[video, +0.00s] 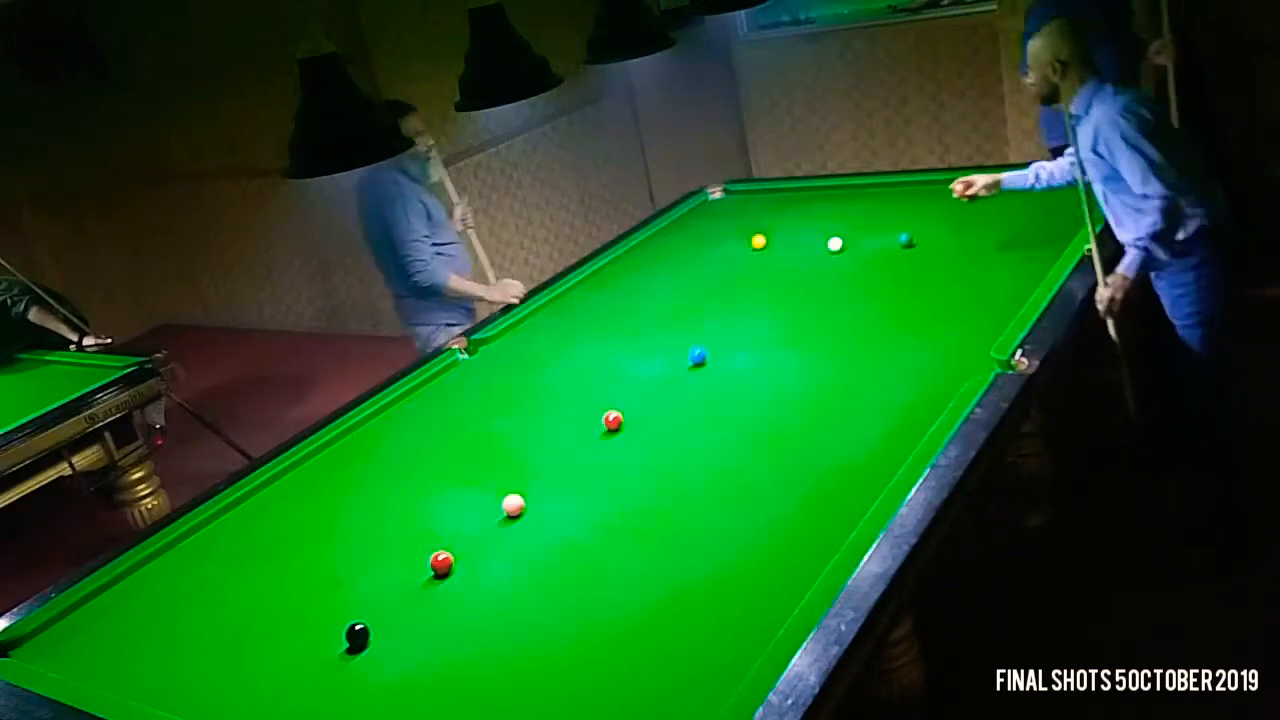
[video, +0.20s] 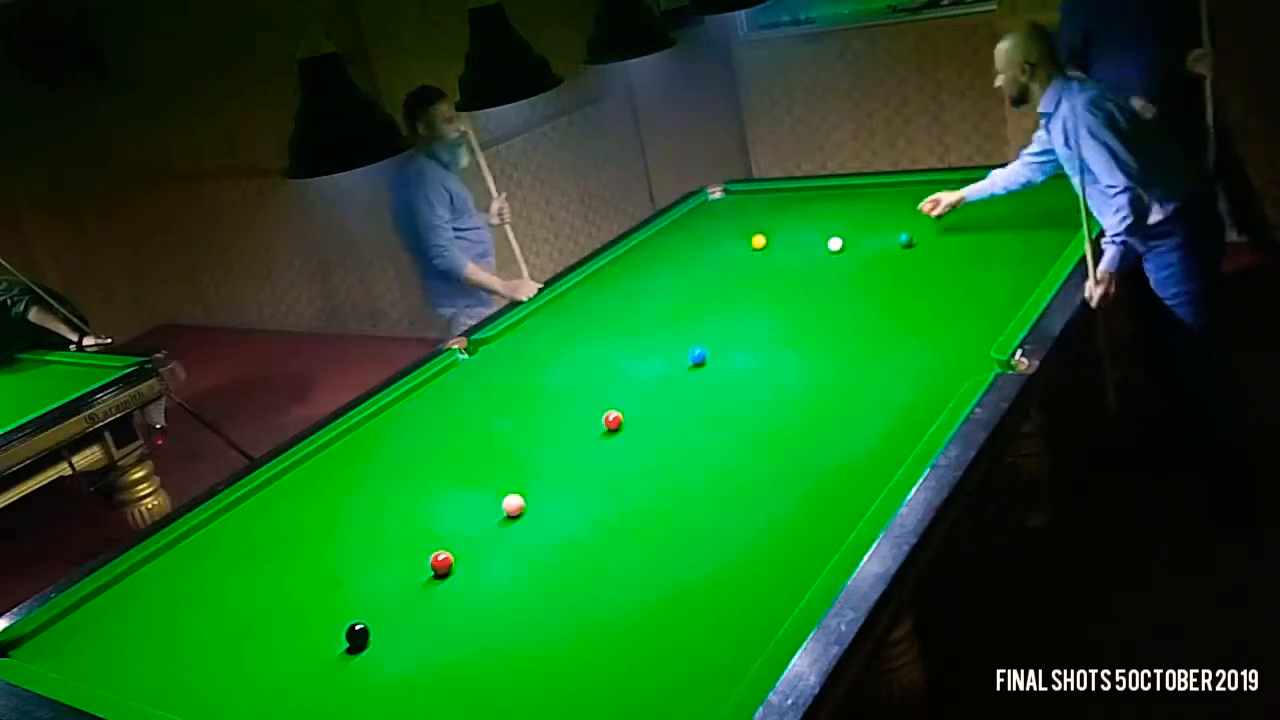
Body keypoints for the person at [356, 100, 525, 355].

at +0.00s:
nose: (427, 142)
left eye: (425, 132)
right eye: (415, 138)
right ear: (392, 146)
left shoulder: (401, 180)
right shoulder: (393, 188)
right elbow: (420, 272)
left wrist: (451, 226)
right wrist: (489, 292)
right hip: (439, 324)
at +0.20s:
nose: (458, 126)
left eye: (456, 117)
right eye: (447, 121)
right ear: (423, 129)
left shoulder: (435, 168)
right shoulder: (424, 176)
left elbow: (450, 223)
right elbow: (441, 255)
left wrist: (486, 218)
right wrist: (503, 286)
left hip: (477, 299)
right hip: (464, 307)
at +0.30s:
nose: (472, 119)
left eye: (472, 111)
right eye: (461, 113)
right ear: (435, 120)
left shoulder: (446, 157)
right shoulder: (433, 166)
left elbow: (460, 214)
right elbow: (450, 247)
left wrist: (498, 213)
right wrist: (506, 287)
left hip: (483, 291)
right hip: (469, 298)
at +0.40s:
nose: (484, 119)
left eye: (483, 111)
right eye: (473, 113)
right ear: (446, 117)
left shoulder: (454, 153)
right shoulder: (438, 161)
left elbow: (469, 209)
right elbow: (455, 242)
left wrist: (508, 210)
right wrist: (508, 286)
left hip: (485, 280)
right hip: (471, 288)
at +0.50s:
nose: (490, 118)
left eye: (489, 110)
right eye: (479, 112)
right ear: (452, 116)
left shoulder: (460, 150)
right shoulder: (443, 161)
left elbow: (476, 208)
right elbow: (458, 240)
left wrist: (516, 208)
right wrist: (507, 286)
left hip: (488, 281)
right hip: (474, 288)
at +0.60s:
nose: (495, 116)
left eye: (494, 108)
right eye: (484, 110)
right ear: (458, 114)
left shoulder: (467, 148)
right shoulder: (449, 159)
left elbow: (482, 207)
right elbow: (462, 238)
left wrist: (523, 207)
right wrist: (507, 286)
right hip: (477, 286)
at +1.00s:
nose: (518, 112)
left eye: (517, 103)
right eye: (507, 106)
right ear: (482, 112)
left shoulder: (495, 145)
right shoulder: (472, 158)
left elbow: (509, 198)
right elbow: (472, 234)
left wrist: (545, 202)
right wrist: (510, 287)